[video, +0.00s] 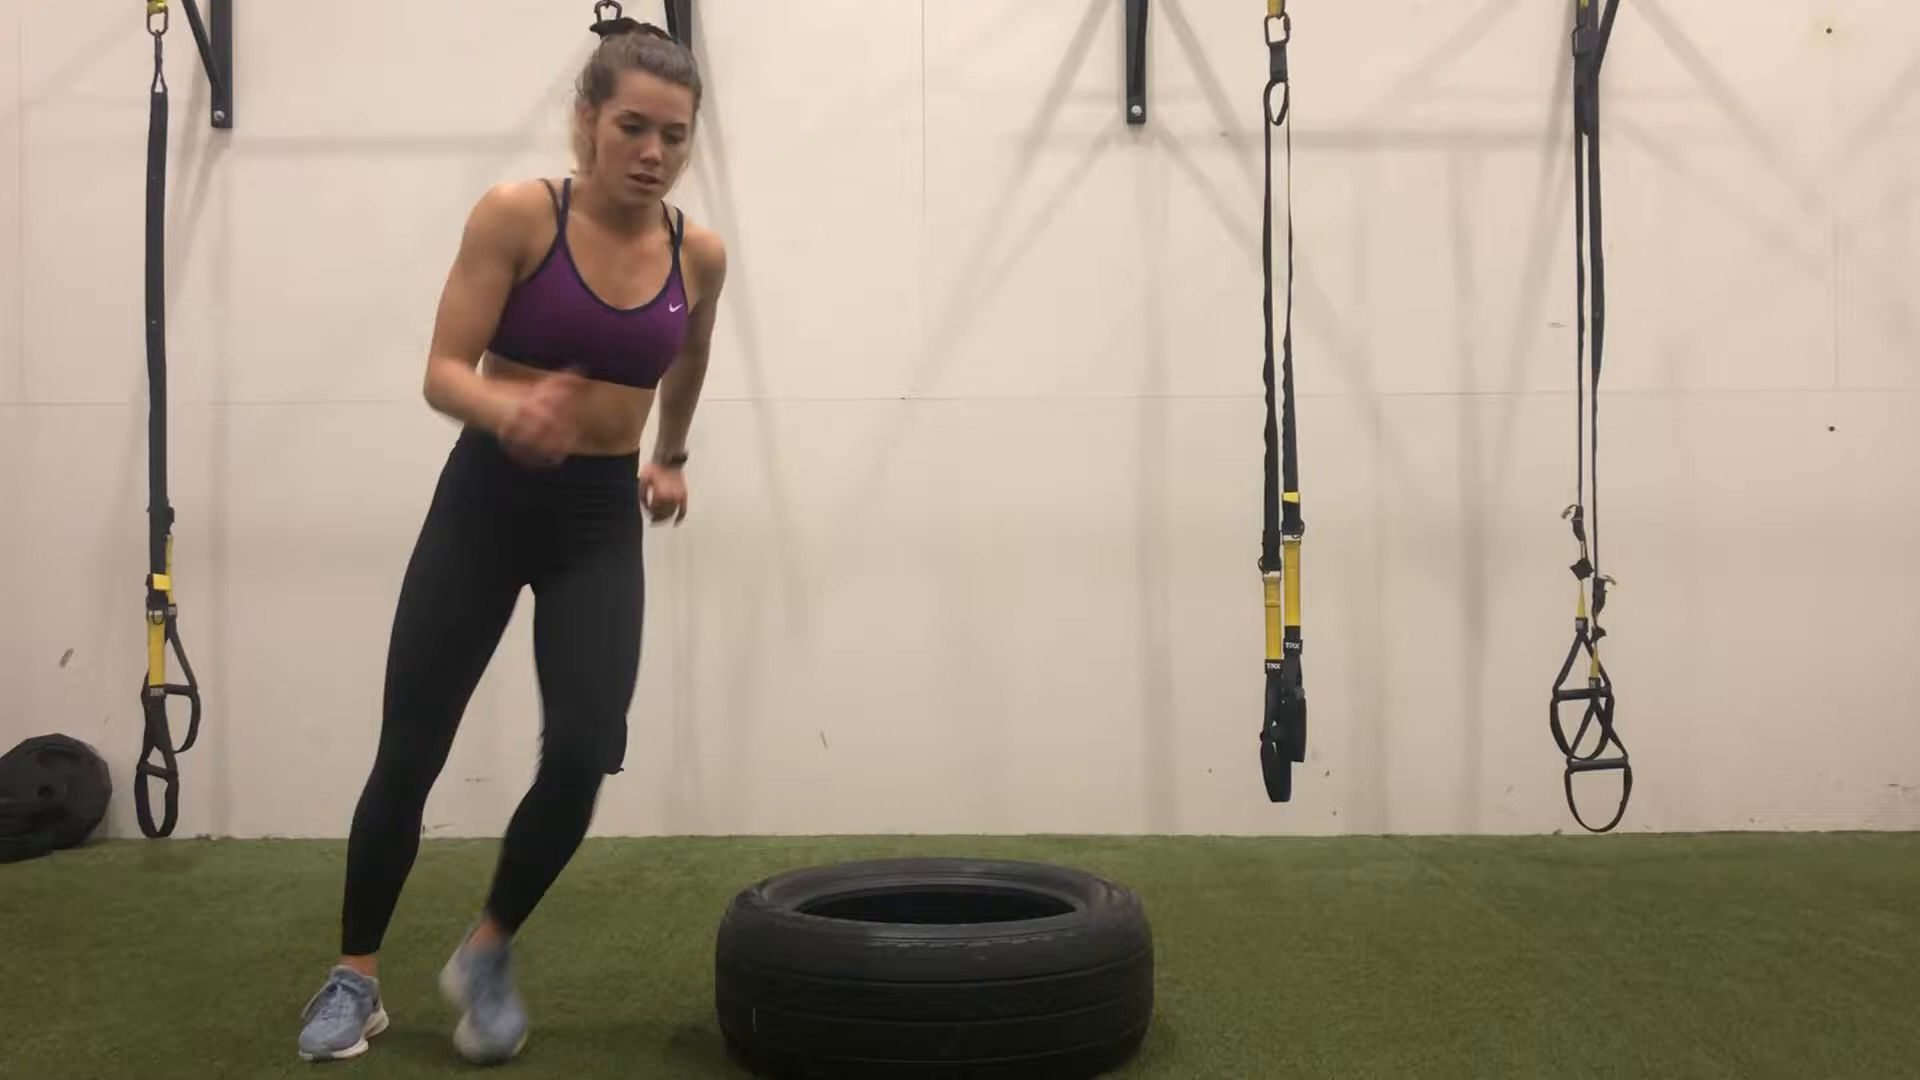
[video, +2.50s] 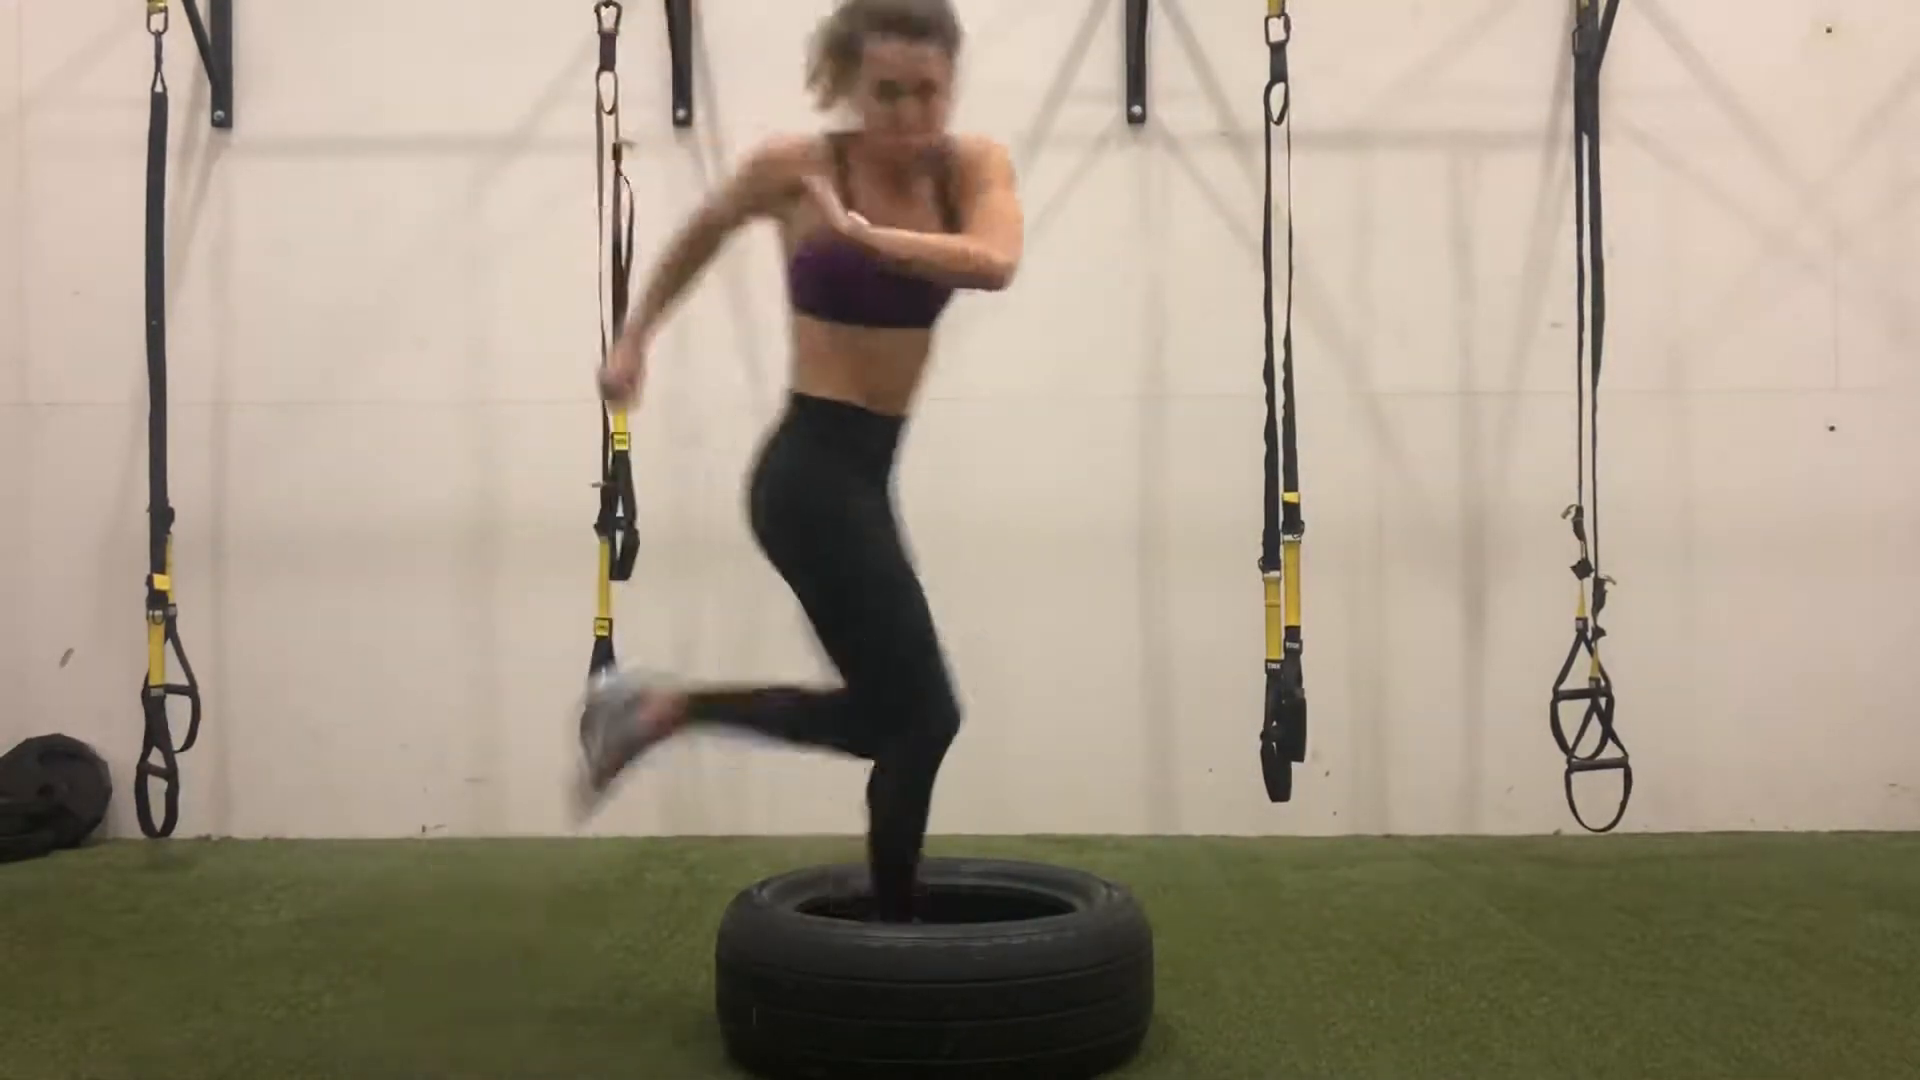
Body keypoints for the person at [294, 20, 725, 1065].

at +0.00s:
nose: (655, 152)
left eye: (675, 133)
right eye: (635, 126)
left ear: (691, 140)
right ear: (586, 121)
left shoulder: (696, 257)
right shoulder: (515, 216)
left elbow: (688, 358)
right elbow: (445, 369)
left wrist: (668, 454)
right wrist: (507, 405)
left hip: (600, 519)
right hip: (485, 503)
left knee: (587, 755)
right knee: (408, 754)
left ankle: (487, 952)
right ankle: (355, 973)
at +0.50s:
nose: (824, 104)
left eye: (840, 84)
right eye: (803, 86)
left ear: (864, 79)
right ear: (753, 83)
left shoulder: (881, 138)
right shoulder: (719, 154)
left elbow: (941, 175)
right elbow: (613, 163)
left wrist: (801, 161)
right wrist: (520, 159)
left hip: (771, 466)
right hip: (727, 461)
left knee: (669, 721)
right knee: (937, 596)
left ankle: (483, 904)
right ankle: (856, 823)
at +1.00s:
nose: (1079, 160)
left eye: (1101, 137)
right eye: (1058, 140)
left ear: (1144, 138)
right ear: (1033, 148)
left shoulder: (1208, 231)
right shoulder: (1007, 290)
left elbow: (1282, 354)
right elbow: (1018, 435)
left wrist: (1326, 485)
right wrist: (1071, 496)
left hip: (1235, 515)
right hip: (1125, 546)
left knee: (1306, 768)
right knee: (1168, 783)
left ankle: (1412, 1000)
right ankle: (1265, 747)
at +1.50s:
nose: (900, 124)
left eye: (923, 102)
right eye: (882, 99)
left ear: (967, 101)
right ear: (861, 97)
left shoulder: (1017, 178)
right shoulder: (832, 196)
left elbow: (1157, 192)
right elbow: (717, 336)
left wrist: (1267, 240)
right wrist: (777, 292)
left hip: (1025, 478)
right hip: (981, 482)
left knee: (874, 692)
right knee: (1029, 725)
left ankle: (949, 922)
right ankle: (1235, 818)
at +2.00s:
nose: (663, 144)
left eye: (682, 124)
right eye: (642, 123)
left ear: (710, 129)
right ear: (607, 128)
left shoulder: (766, 227)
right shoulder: (573, 235)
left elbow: (822, 301)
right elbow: (503, 403)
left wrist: (839, 417)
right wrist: (559, 336)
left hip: (718, 507)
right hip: (606, 498)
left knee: (605, 644)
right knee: (519, 722)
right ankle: (479, 956)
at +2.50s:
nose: (912, 115)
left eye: (929, 92)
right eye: (889, 93)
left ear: (952, 86)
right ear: (845, 89)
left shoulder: (970, 163)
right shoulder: (796, 168)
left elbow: (994, 263)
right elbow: (703, 236)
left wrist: (855, 230)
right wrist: (632, 338)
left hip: (863, 481)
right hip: (809, 479)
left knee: (890, 720)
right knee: (925, 717)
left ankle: (659, 711)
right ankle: (896, 941)